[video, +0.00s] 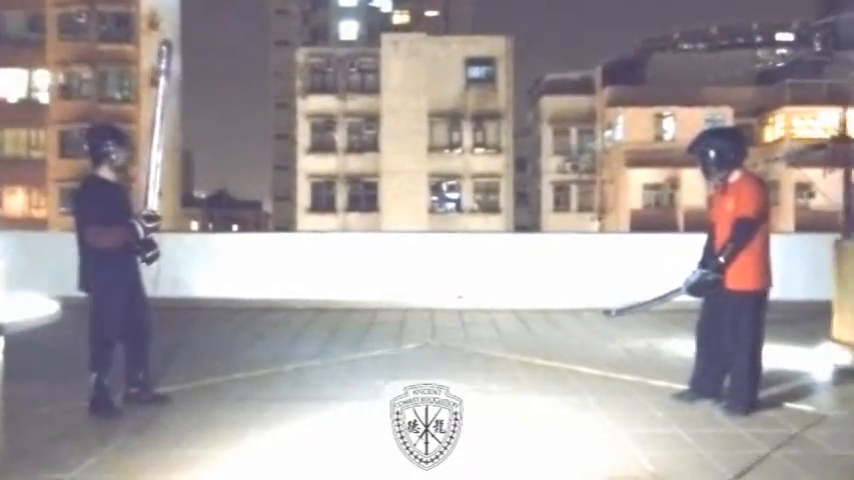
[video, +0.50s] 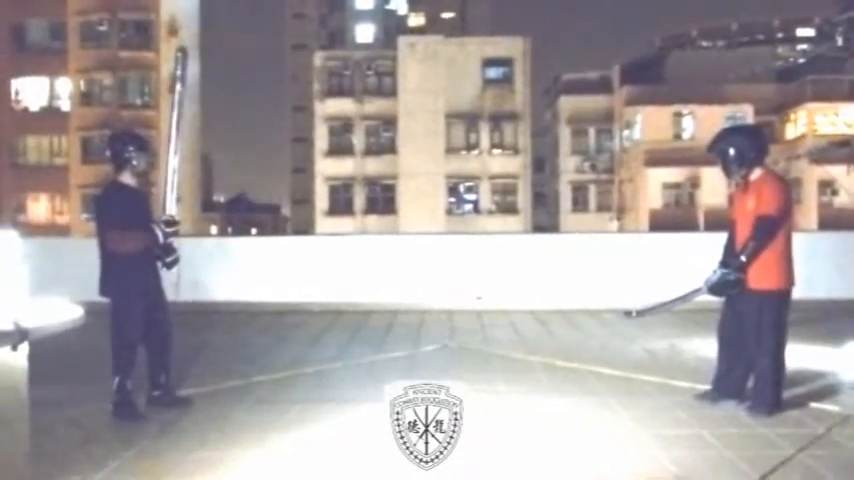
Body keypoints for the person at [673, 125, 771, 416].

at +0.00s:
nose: (703, 167)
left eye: (706, 160)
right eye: (702, 161)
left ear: (722, 158)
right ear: (717, 160)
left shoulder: (751, 188)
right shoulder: (719, 193)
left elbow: (744, 231)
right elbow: (714, 235)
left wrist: (717, 266)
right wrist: (704, 267)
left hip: (747, 280)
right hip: (722, 278)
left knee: (743, 340)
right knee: (711, 333)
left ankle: (741, 397)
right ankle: (704, 385)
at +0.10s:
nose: (710, 168)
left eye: (713, 160)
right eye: (708, 161)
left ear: (729, 158)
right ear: (722, 160)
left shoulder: (757, 188)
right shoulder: (725, 192)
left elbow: (751, 230)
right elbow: (721, 235)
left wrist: (724, 266)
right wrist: (710, 266)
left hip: (753, 280)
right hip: (728, 278)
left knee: (749, 342)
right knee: (717, 334)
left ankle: (748, 399)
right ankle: (711, 387)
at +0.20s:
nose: (720, 167)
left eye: (723, 159)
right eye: (719, 161)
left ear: (739, 157)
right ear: (733, 160)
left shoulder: (768, 188)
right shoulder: (736, 193)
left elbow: (761, 231)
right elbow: (731, 236)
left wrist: (734, 267)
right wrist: (721, 267)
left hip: (764, 282)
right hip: (738, 280)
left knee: (761, 343)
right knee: (727, 336)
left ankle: (759, 400)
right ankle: (721, 388)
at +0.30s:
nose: (723, 168)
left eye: (726, 160)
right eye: (722, 161)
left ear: (742, 158)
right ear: (736, 161)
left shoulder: (770, 188)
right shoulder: (738, 194)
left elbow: (764, 231)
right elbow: (733, 236)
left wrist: (737, 268)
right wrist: (723, 268)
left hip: (767, 283)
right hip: (741, 281)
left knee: (763, 345)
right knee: (730, 337)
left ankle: (762, 402)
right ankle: (724, 389)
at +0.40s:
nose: (724, 166)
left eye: (727, 158)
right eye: (723, 160)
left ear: (743, 156)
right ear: (738, 159)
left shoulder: (772, 187)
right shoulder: (739, 193)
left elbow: (765, 231)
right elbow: (735, 235)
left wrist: (738, 267)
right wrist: (724, 268)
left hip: (769, 282)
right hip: (743, 280)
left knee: (765, 344)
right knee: (732, 336)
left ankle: (764, 400)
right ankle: (726, 388)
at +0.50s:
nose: (724, 165)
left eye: (727, 157)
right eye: (722, 158)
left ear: (743, 155)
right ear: (739, 157)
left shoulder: (772, 185)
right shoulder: (739, 190)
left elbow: (766, 229)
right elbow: (735, 233)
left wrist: (739, 264)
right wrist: (725, 265)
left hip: (769, 280)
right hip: (743, 278)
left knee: (766, 341)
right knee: (732, 335)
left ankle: (765, 398)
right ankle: (727, 387)